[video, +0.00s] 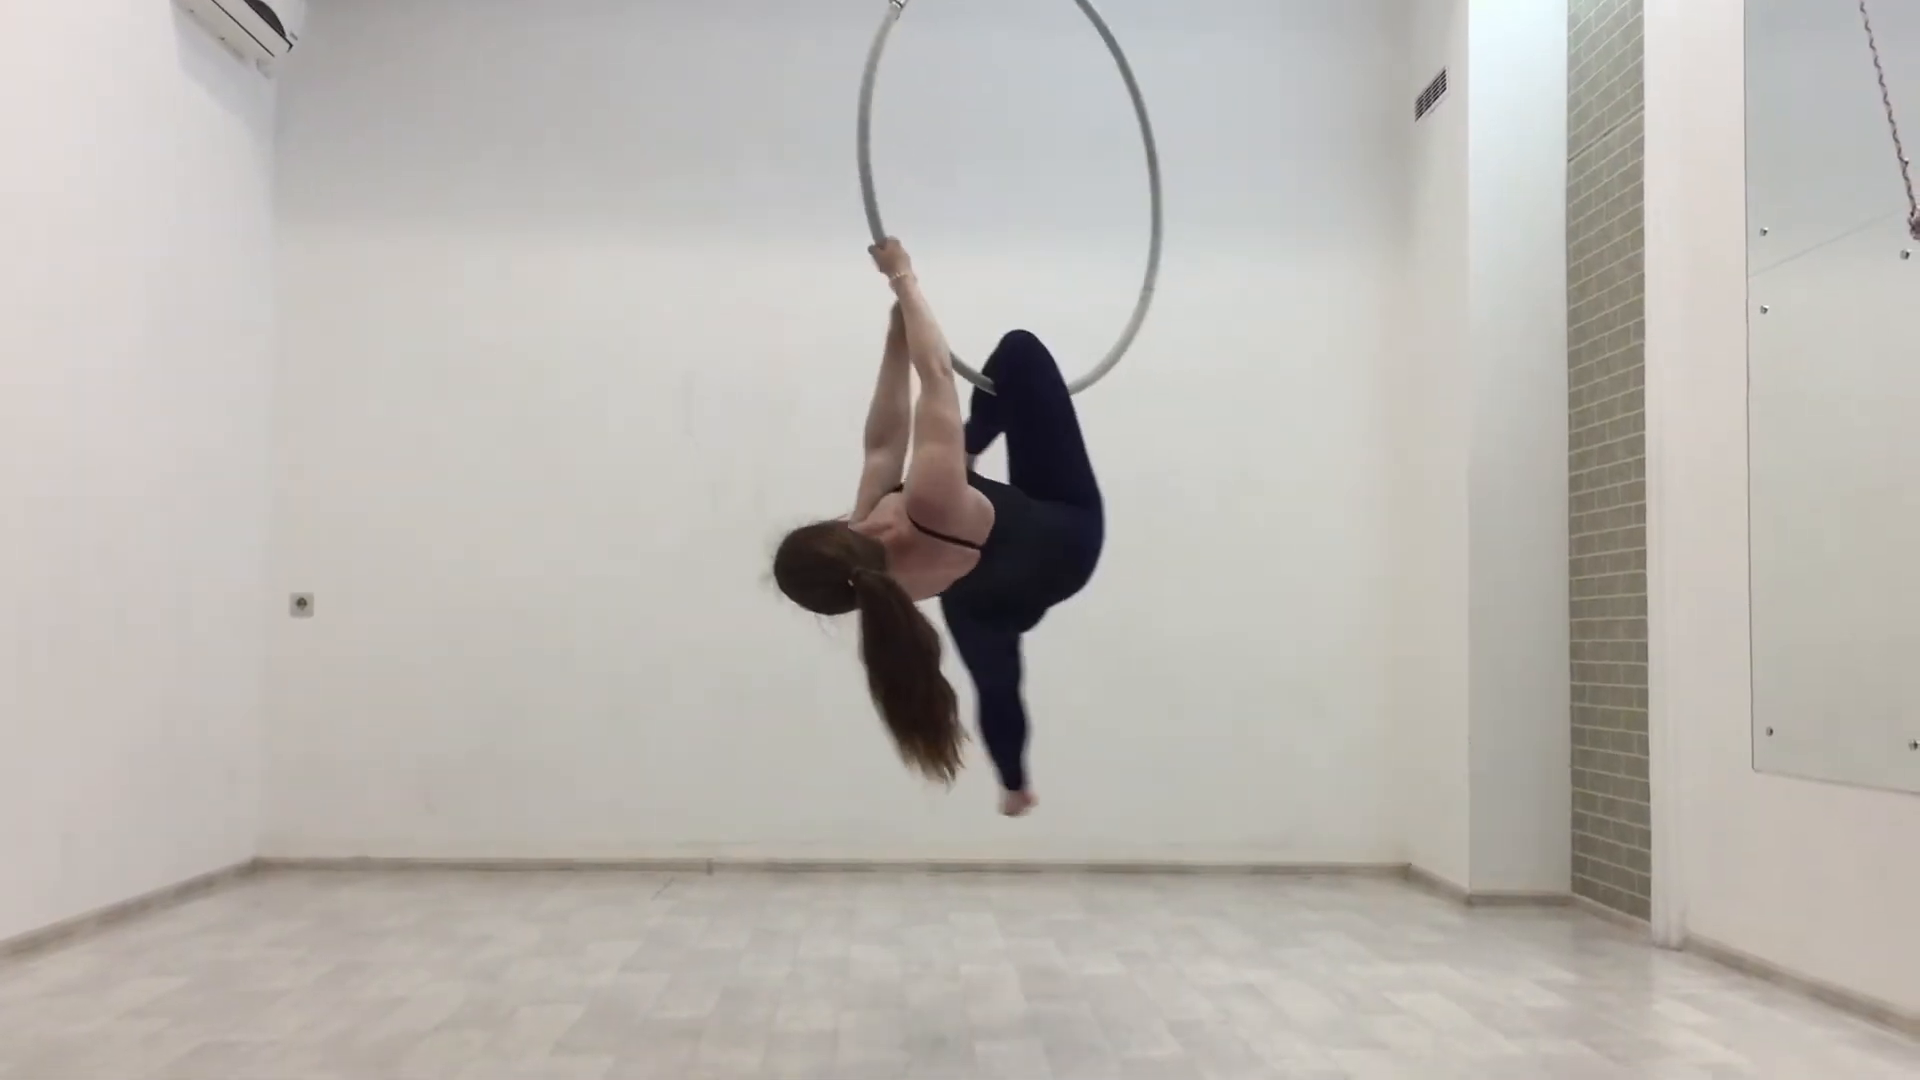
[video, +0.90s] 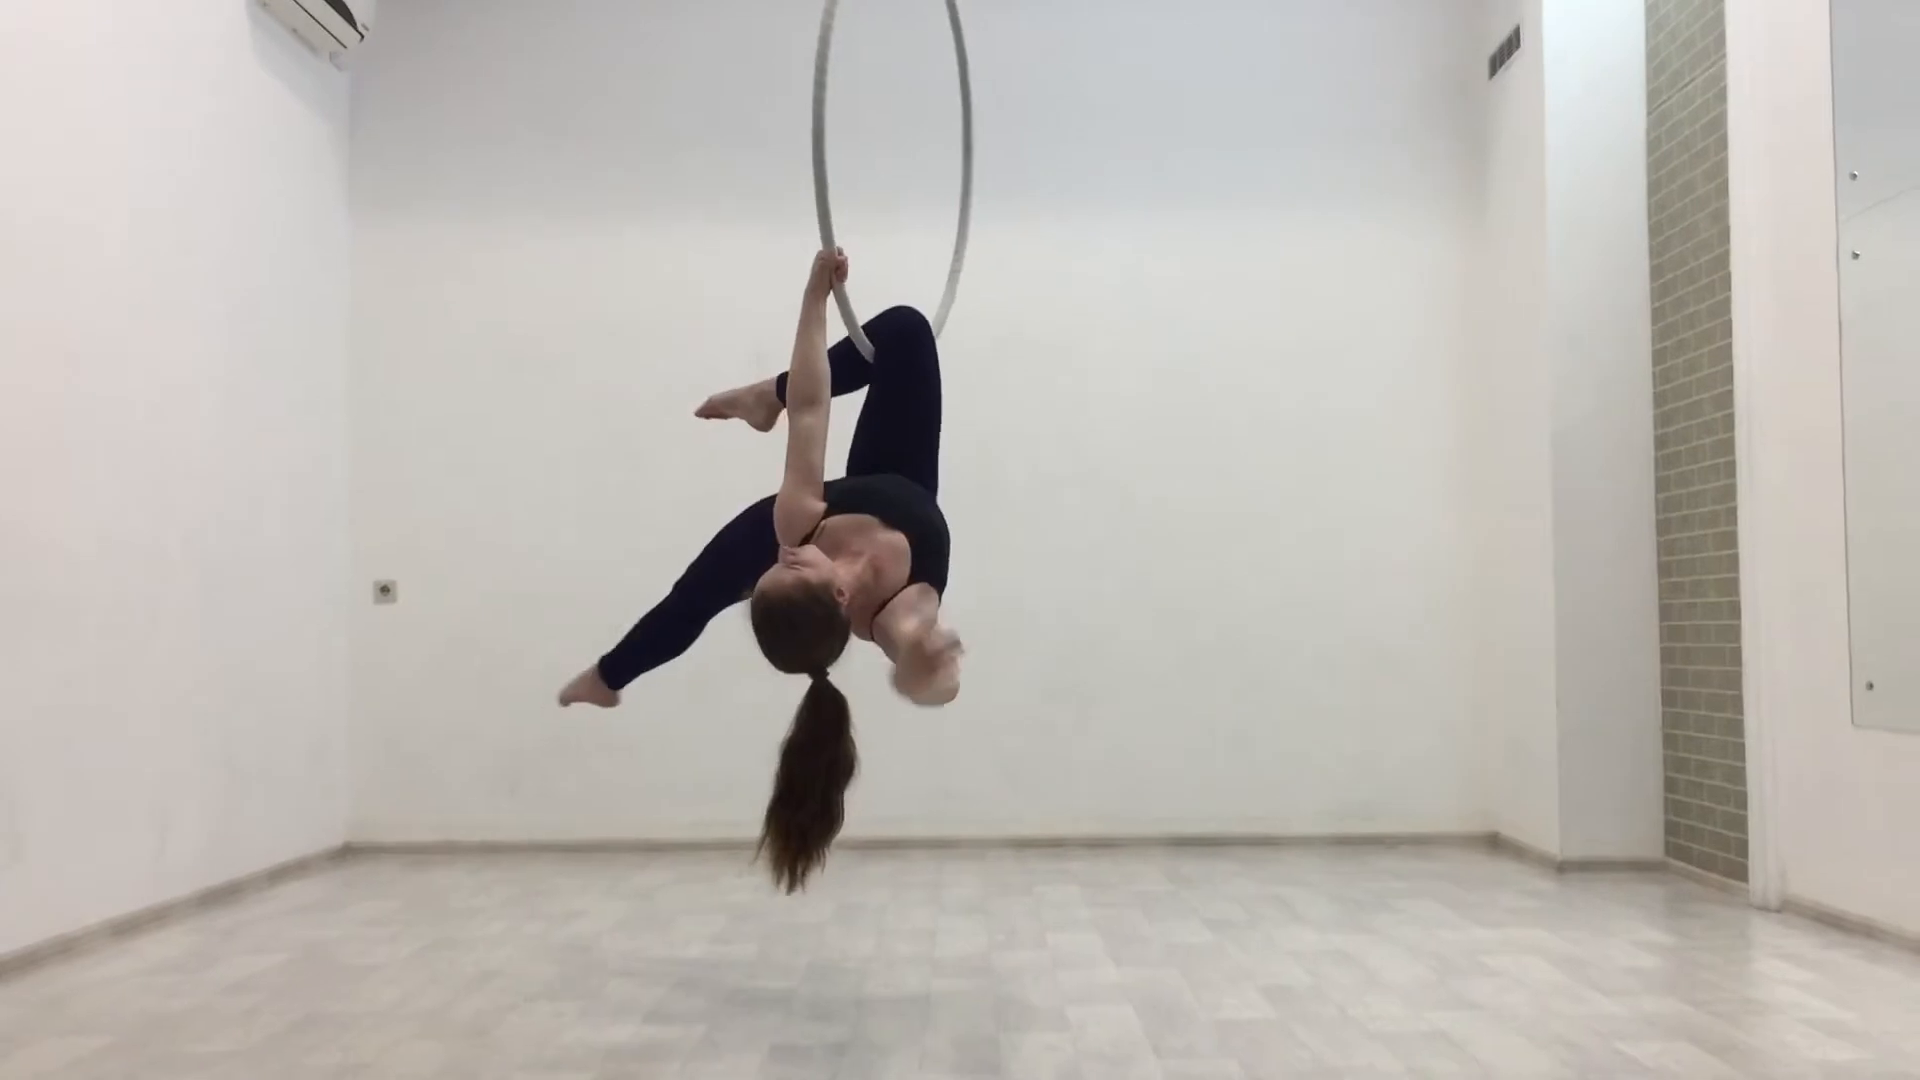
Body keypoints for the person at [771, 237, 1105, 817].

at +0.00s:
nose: (840, 512)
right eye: (832, 517)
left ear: (840, 595)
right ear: (837, 530)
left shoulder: (886, 579)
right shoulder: (933, 493)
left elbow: (880, 444)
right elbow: (938, 374)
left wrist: (900, 326)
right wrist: (904, 276)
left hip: (1004, 599)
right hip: (1072, 534)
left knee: (997, 684)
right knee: (1020, 351)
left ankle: (1015, 786)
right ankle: (969, 440)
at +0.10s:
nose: (832, 517)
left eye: (825, 520)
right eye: (825, 526)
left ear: (835, 605)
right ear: (834, 541)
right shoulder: (919, 510)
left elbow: (858, 443)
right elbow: (930, 391)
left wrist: (868, 326)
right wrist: (889, 304)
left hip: (971, 603)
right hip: (1046, 538)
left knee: (950, 678)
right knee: (999, 349)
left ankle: (946, 769)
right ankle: (915, 454)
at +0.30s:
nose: (779, 561)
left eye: (768, 571)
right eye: (789, 576)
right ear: (838, 598)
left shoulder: (806, 546)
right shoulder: (897, 594)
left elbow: (823, 442)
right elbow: (926, 466)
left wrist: (828, 341)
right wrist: (863, 380)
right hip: (982, 530)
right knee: (959, 351)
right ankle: (870, 438)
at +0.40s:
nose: (764, 572)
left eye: (759, 581)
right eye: (776, 585)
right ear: (825, 610)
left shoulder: (797, 545)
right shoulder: (893, 616)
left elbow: (816, 434)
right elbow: (927, 538)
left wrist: (830, 324)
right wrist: (853, 448)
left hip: (866, 524)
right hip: (963, 533)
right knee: (945, 353)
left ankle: (803, 744)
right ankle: (856, 426)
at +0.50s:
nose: (760, 577)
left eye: (755, 585)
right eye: (780, 595)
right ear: (822, 628)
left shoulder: (794, 536)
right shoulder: (881, 636)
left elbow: (811, 428)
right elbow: (924, 614)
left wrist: (824, 321)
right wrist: (859, 517)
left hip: (903, 503)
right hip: (951, 529)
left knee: (930, 347)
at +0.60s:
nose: (763, 571)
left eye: (754, 579)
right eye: (773, 584)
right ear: (818, 618)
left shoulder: (789, 535)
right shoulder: (873, 630)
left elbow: (804, 425)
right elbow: (926, 671)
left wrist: (816, 312)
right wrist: (867, 574)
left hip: (869, 511)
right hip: (934, 517)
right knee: (918, 342)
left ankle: (716, 713)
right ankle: (798, 406)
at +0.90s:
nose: (826, 565)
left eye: (799, 566)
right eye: (828, 582)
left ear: (787, 559)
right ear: (850, 621)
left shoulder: (796, 523)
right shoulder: (900, 620)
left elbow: (808, 406)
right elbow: (922, 677)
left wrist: (817, 296)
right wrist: (935, 671)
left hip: (829, 503)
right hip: (906, 498)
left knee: (699, 590)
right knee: (906, 331)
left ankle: (605, 678)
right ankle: (771, 397)